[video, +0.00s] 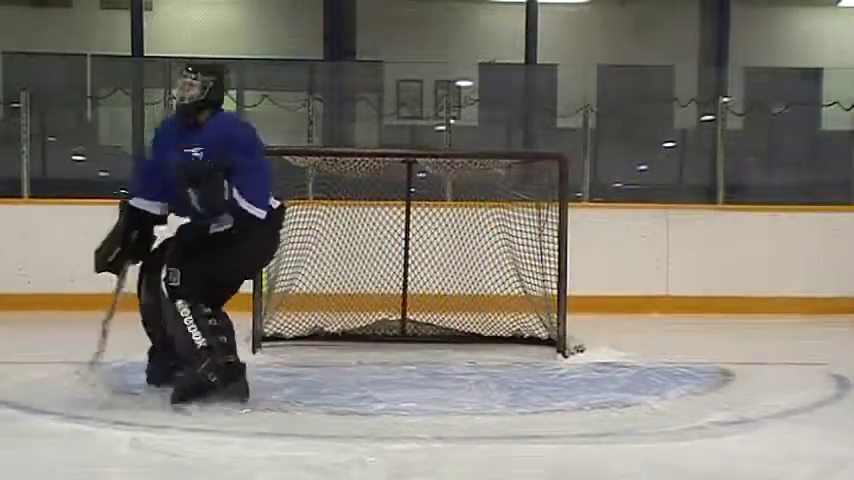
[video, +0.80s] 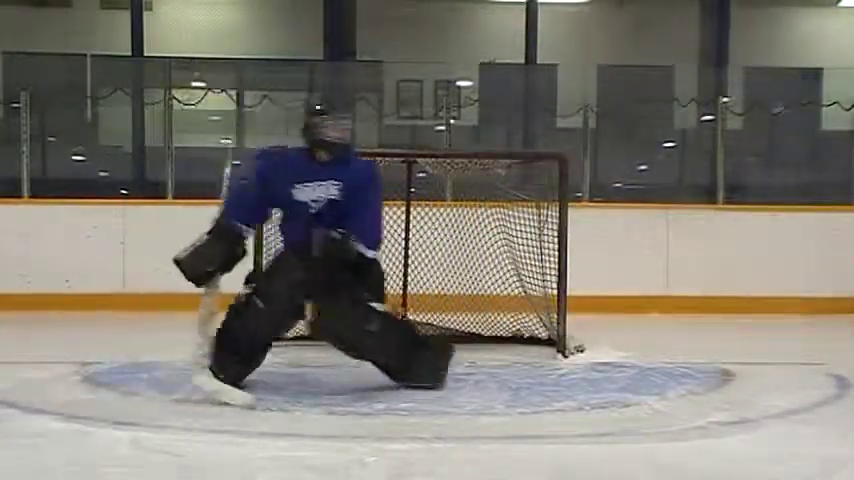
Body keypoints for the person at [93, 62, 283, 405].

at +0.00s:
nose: (184, 89)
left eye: (194, 84)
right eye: (183, 81)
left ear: (213, 90)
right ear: (178, 85)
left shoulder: (234, 132)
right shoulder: (170, 134)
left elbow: (254, 203)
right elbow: (150, 196)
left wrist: (220, 195)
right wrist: (129, 239)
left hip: (249, 230)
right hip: (202, 230)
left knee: (182, 280)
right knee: (154, 272)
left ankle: (218, 366)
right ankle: (171, 358)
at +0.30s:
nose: (199, 88)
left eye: (208, 81)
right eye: (199, 80)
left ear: (227, 86)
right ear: (202, 85)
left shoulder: (249, 127)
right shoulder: (201, 129)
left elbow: (241, 198)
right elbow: (183, 188)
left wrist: (188, 201)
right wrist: (156, 234)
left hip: (271, 225)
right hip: (228, 225)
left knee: (206, 287)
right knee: (186, 272)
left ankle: (239, 375)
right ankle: (205, 361)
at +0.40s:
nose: (219, 93)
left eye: (227, 87)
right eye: (214, 86)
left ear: (244, 95)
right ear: (208, 91)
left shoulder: (260, 135)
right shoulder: (204, 137)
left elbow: (264, 201)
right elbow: (182, 193)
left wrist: (202, 211)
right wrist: (155, 238)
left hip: (278, 227)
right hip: (230, 228)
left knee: (244, 294)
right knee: (197, 275)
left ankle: (272, 379)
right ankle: (229, 364)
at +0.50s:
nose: (243, 100)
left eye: (248, 92)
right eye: (234, 93)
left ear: (256, 96)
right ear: (219, 99)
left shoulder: (278, 138)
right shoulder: (208, 140)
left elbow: (283, 203)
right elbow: (185, 193)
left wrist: (242, 215)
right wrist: (158, 232)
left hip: (292, 221)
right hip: (233, 222)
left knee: (275, 290)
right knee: (203, 275)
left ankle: (304, 363)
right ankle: (239, 351)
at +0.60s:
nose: (268, 109)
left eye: (272, 102)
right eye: (259, 104)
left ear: (279, 109)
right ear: (242, 111)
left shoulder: (297, 149)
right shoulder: (225, 150)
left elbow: (300, 221)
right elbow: (196, 206)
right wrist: (169, 242)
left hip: (312, 231)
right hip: (249, 232)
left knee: (275, 294)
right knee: (222, 288)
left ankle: (346, 367)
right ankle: (228, 360)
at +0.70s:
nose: (296, 123)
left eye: (300, 116)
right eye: (288, 116)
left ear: (307, 121)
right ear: (271, 121)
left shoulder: (322, 160)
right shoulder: (245, 160)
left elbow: (328, 218)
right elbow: (214, 209)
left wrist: (304, 244)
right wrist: (187, 244)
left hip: (320, 248)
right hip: (268, 245)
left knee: (325, 312)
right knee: (237, 303)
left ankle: (389, 369)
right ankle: (225, 367)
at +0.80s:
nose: (339, 135)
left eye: (345, 127)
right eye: (331, 127)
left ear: (351, 130)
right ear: (312, 128)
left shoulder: (362, 174)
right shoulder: (277, 165)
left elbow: (366, 237)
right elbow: (243, 209)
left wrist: (343, 257)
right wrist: (222, 244)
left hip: (345, 266)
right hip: (294, 264)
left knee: (344, 323)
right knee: (267, 308)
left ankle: (424, 361)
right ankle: (223, 371)